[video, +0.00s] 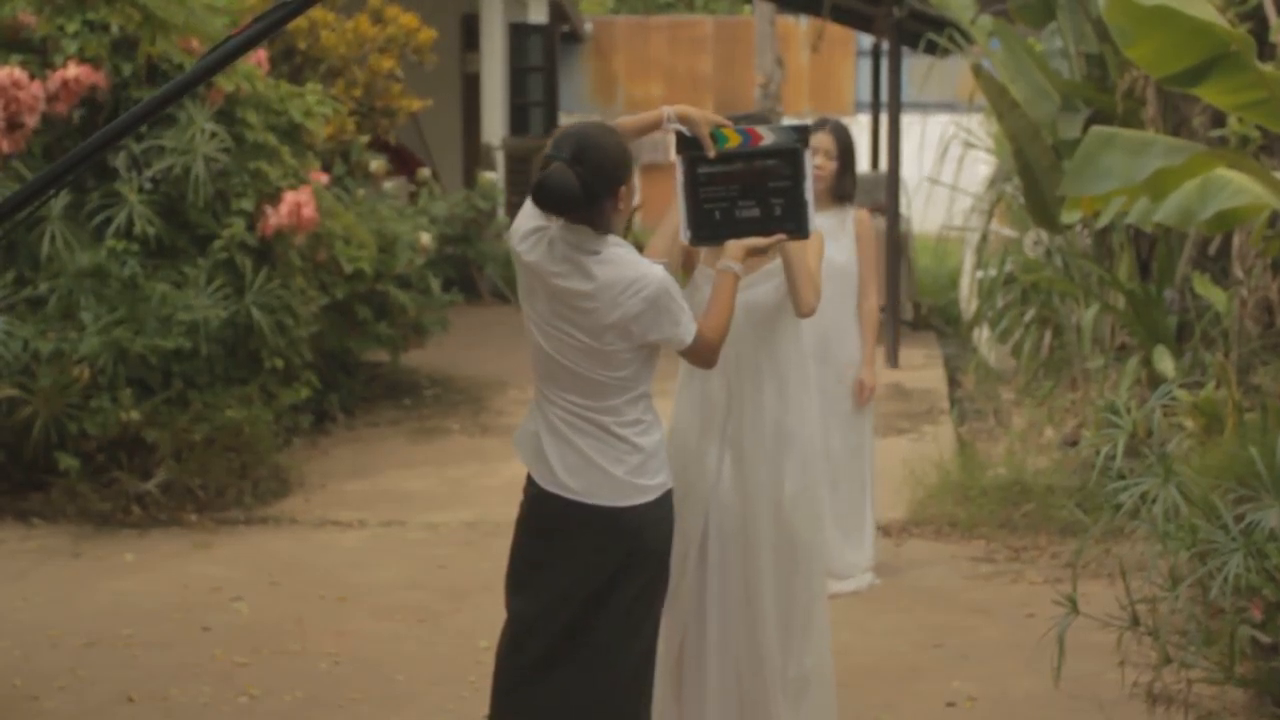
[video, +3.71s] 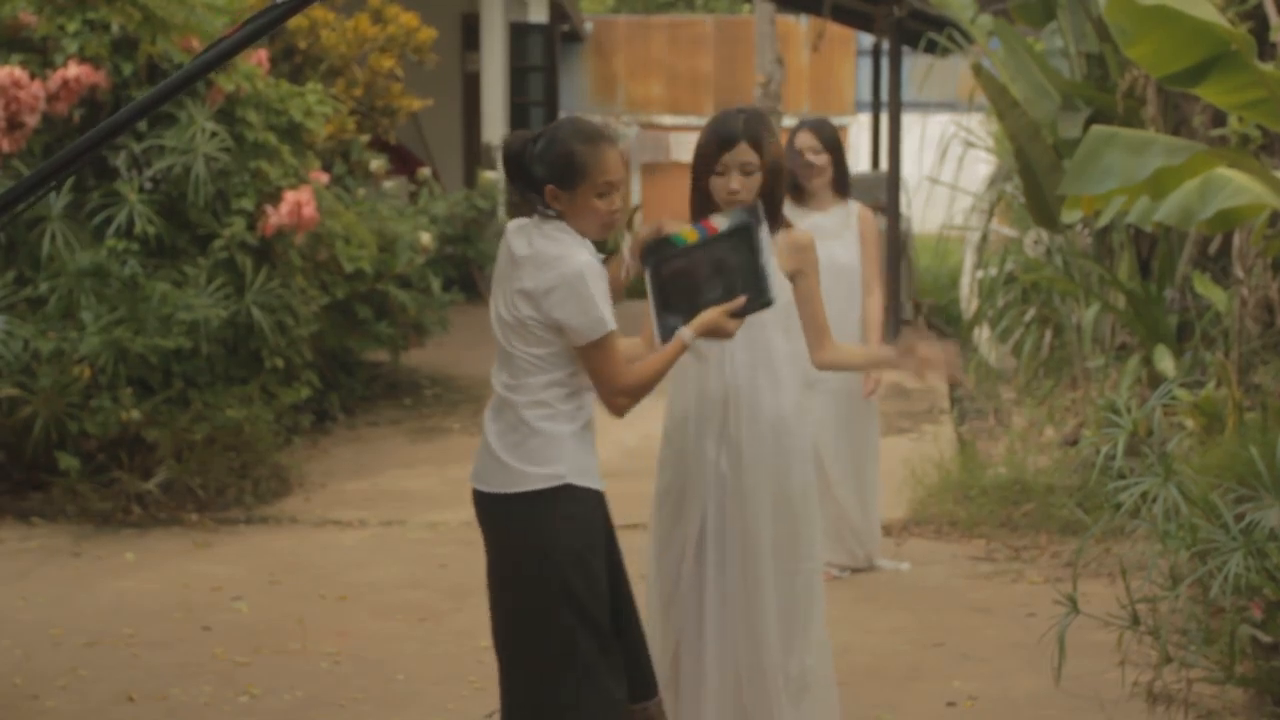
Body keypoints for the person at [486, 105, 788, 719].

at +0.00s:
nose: (636, 185)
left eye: (631, 175)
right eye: (632, 177)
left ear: (557, 182)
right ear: (621, 197)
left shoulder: (530, 241)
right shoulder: (639, 280)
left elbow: (567, 152)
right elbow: (703, 350)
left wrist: (663, 116)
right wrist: (730, 264)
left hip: (553, 489)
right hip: (632, 496)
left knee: (529, 651)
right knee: (619, 662)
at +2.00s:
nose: (625, 181)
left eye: (619, 170)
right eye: (620, 172)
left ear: (548, 181)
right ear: (608, 188)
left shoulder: (523, 243)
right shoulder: (635, 281)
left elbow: (563, 155)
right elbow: (701, 352)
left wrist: (659, 121)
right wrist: (727, 266)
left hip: (551, 488)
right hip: (629, 496)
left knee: (526, 654)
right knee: (618, 666)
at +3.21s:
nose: (631, 177)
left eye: (628, 166)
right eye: (625, 169)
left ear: (553, 181)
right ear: (607, 188)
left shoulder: (522, 242)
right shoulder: (638, 277)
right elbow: (702, 353)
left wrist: (640, 150)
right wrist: (733, 269)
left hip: (548, 488)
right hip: (626, 496)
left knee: (526, 655)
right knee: (616, 666)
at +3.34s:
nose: (632, 180)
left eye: (631, 168)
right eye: (625, 171)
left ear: (552, 179)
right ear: (602, 190)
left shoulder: (516, 242)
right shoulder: (631, 274)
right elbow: (698, 351)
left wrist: (654, 187)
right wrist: (726, 266)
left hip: (545, 488)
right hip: (623, 495)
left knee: (530, 662)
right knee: (615, 668)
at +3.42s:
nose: (632, 180)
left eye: (633, 168)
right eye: (624, 171)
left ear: (553, 181)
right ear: (591, 187)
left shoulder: (510, 237)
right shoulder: (621, 270)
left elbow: (557, 198)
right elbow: (688, 355)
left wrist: (631, 156)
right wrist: (722, 274)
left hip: (541, 485)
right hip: (618, 492)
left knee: (535, 660)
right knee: (616, 663)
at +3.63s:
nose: (622, 203)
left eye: (623, 187)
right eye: (609, 190)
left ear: (555, 192)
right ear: (559, 195)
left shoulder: (510, 230)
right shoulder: (584, 266)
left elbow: (598, 246)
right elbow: (648, 379)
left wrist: (636, 209)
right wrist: (704, 307)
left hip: (514, 477)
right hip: (573, 487)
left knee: (548, 652)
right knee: (616, 661)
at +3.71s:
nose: (618, 205)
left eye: (621, 189)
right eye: (603, 192)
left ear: (549, 198)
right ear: (553, 196)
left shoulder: (520, 236)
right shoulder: (571, 264)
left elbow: (559, 320)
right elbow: (619, 392)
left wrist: (627, 270)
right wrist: (691, 331)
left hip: (508, 478)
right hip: (551, 488)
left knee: (540, 664)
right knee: (589, 666)